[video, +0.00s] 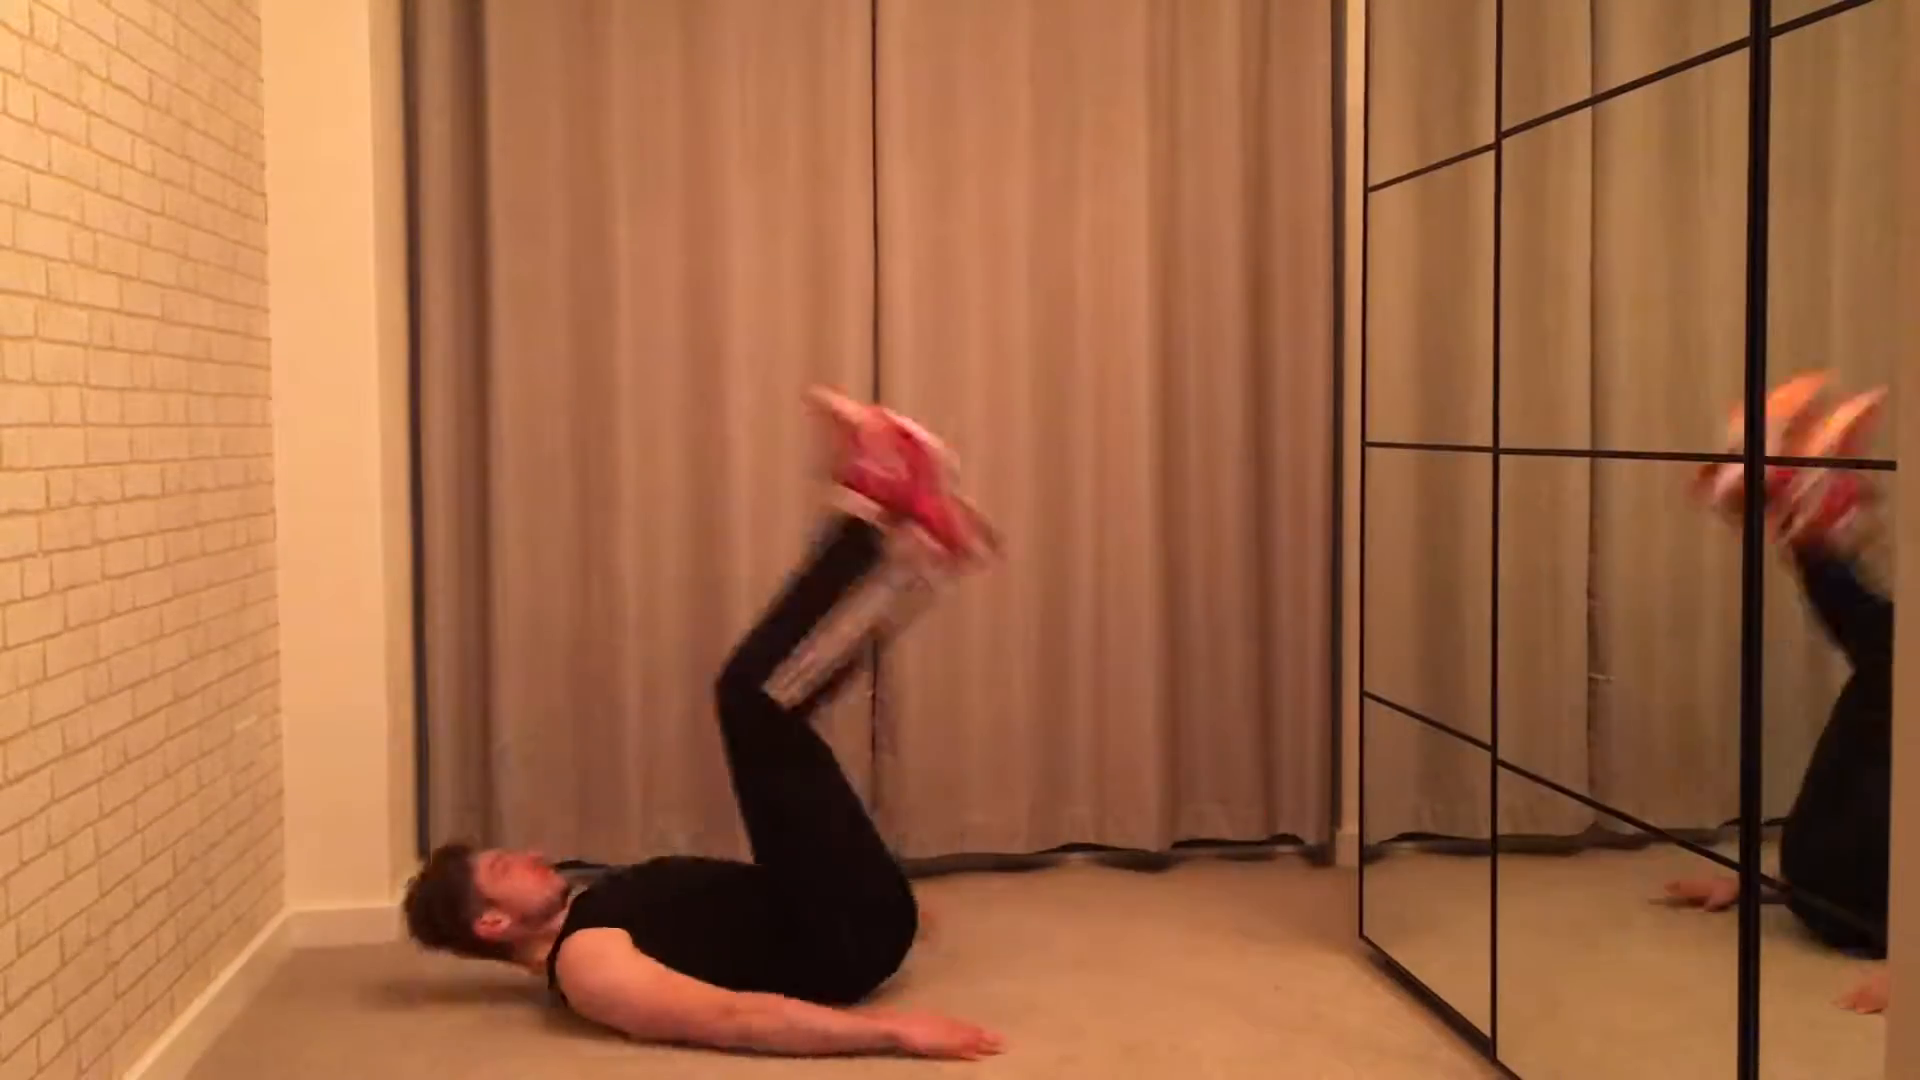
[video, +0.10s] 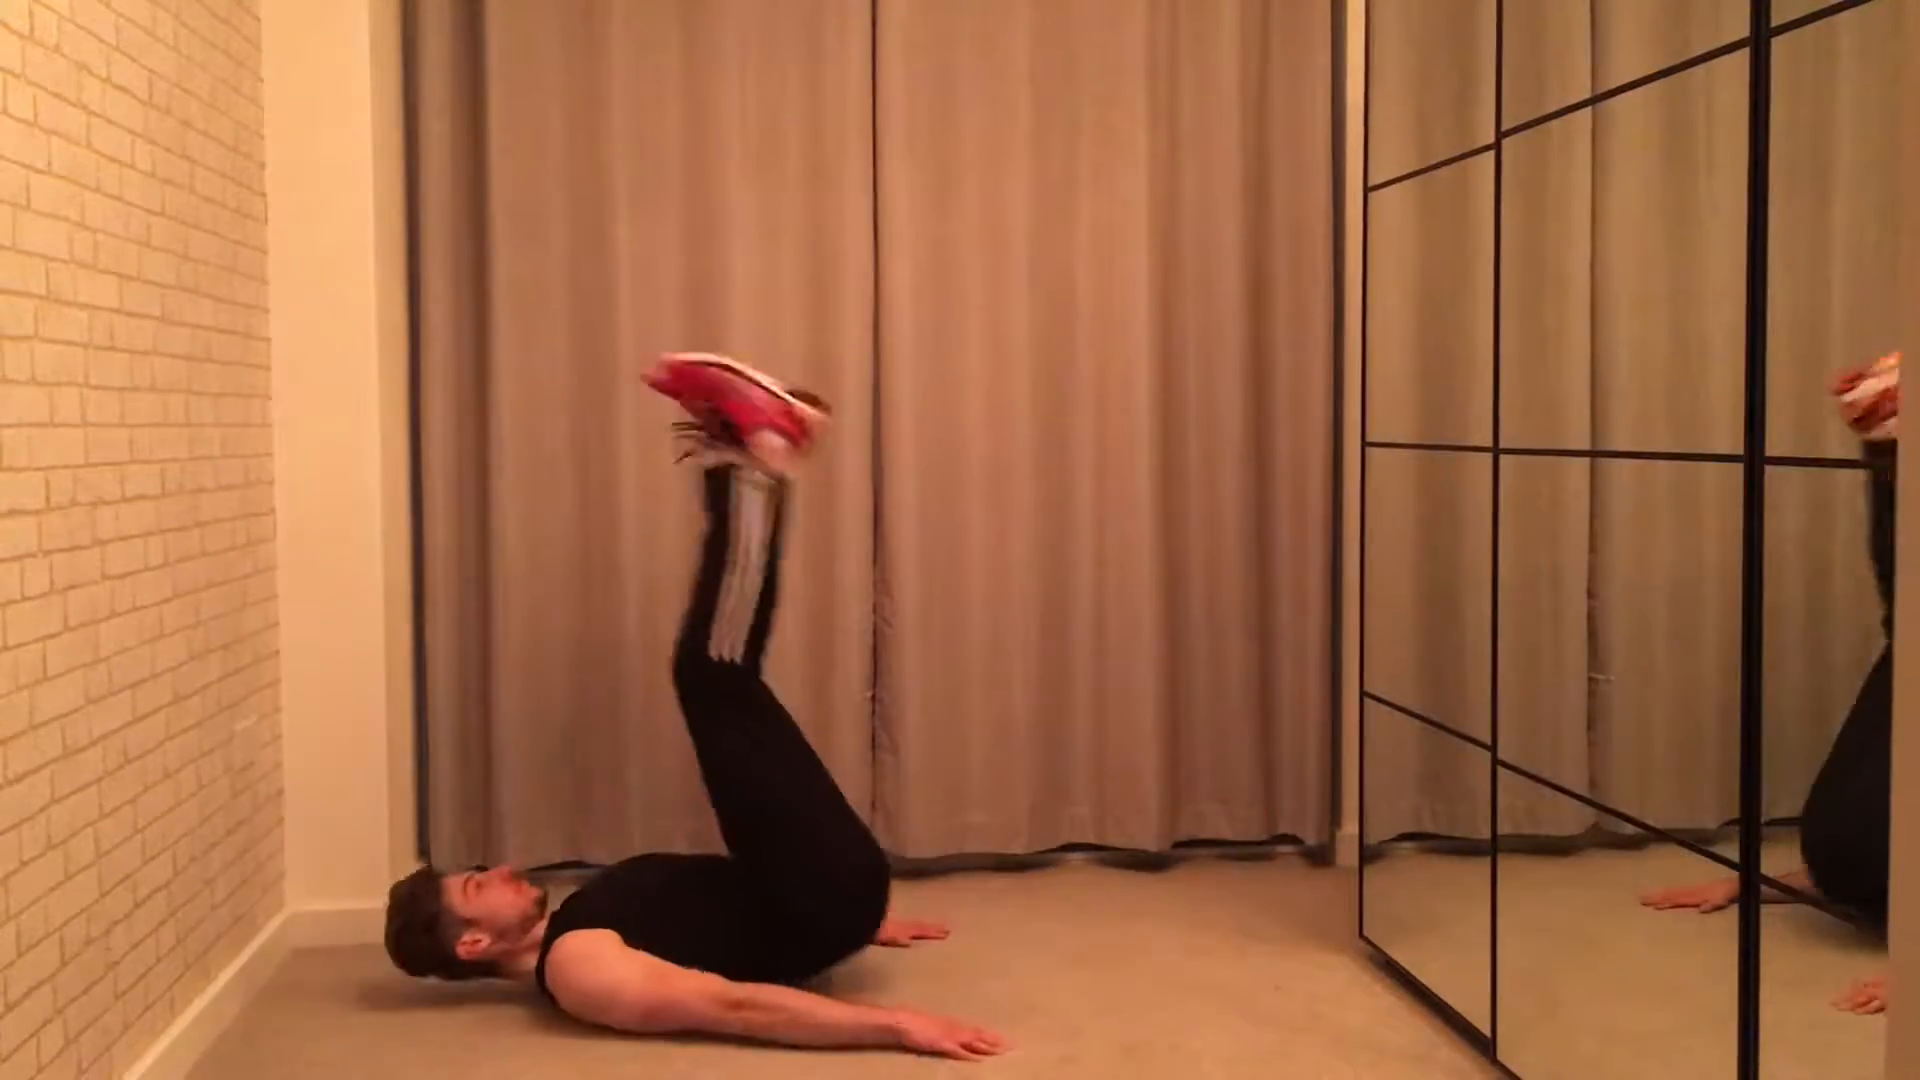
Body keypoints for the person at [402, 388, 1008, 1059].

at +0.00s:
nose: (529, 855)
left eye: (506, 851)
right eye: (503, 865)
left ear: (505, 919)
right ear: (496, 924)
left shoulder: (586, 919)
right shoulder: (588, 963)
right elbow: (736, 1020)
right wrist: (896, 1032)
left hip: (827, 917)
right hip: (844, 942)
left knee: (750, 691)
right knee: (750, 696)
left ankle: (870, 516)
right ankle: (913, 555)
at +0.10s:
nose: (498, 875)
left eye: (478, 872)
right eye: (477, 888)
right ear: (479, 945)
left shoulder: (579, 928)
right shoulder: (578, 968)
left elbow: (720, 915)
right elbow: (735, 1008)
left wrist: (855, 924)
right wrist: (897, 1027)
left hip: (811, 889)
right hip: (822, 901)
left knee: (715, 674)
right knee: (708, 676)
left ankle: (746, 459)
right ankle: (748, 460)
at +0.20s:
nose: (482, 882)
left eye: (461, 884)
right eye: (462, 901)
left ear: (482, 942)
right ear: (471, 957)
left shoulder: (566, 943)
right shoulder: (575, 972)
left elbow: (714, 927)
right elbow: (737, 1015)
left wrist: (837, 926)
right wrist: (894, 1027)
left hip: (763, 854)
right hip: (796, 856)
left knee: (669, 637)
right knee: (673, 637)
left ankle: (678, 412)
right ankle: (683, 408)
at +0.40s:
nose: (480, 898)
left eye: (461, 900)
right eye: (461, 918)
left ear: (485, 911)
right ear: (468, 974)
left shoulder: (572, 940)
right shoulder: (572, 974)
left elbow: (723, 913)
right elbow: (734, 1011)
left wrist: (853, 926)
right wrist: (898, 1028)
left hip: (705, 790)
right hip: (729, 781)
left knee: (627, 549)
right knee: (627, 549)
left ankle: (625, 310)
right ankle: (621, 309)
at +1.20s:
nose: (464, 901)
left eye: (446, 903)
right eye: (449, 919)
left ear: (472, 943)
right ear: (460, 968)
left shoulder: (565, 941)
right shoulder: (559, 984)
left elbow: (712, 925)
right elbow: (721, 1019)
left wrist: (838, 922)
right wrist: (878, 1029)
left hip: (714, 775)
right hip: (731, 776)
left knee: (550, 606)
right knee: (543, 607)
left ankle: (668, 418)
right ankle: (673, 423)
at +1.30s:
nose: (458, 896)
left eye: (437, 898)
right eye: (439, 913)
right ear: (451, 969)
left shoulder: (552, 941)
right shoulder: (560, 983)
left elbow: (708, 922)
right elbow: (723, 1016)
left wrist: (838, 920)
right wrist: (879, 1022)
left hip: (749, 825)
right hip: (769, 829)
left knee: (581, 673)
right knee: (579, 680)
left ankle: (723, 512)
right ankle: (746, 533)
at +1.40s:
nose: (464, 880)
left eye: (443, 883)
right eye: (446, 897)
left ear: (463, 936)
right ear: (457, 953)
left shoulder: (555, 933)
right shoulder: (564, 973)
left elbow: (704, 913)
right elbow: (717, 1019)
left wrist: (838, 917)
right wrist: (879, 1015)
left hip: (787, 879)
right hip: (802, 888)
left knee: (650, 699)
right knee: (653, 710)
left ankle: (841, 599)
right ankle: (858, 631)